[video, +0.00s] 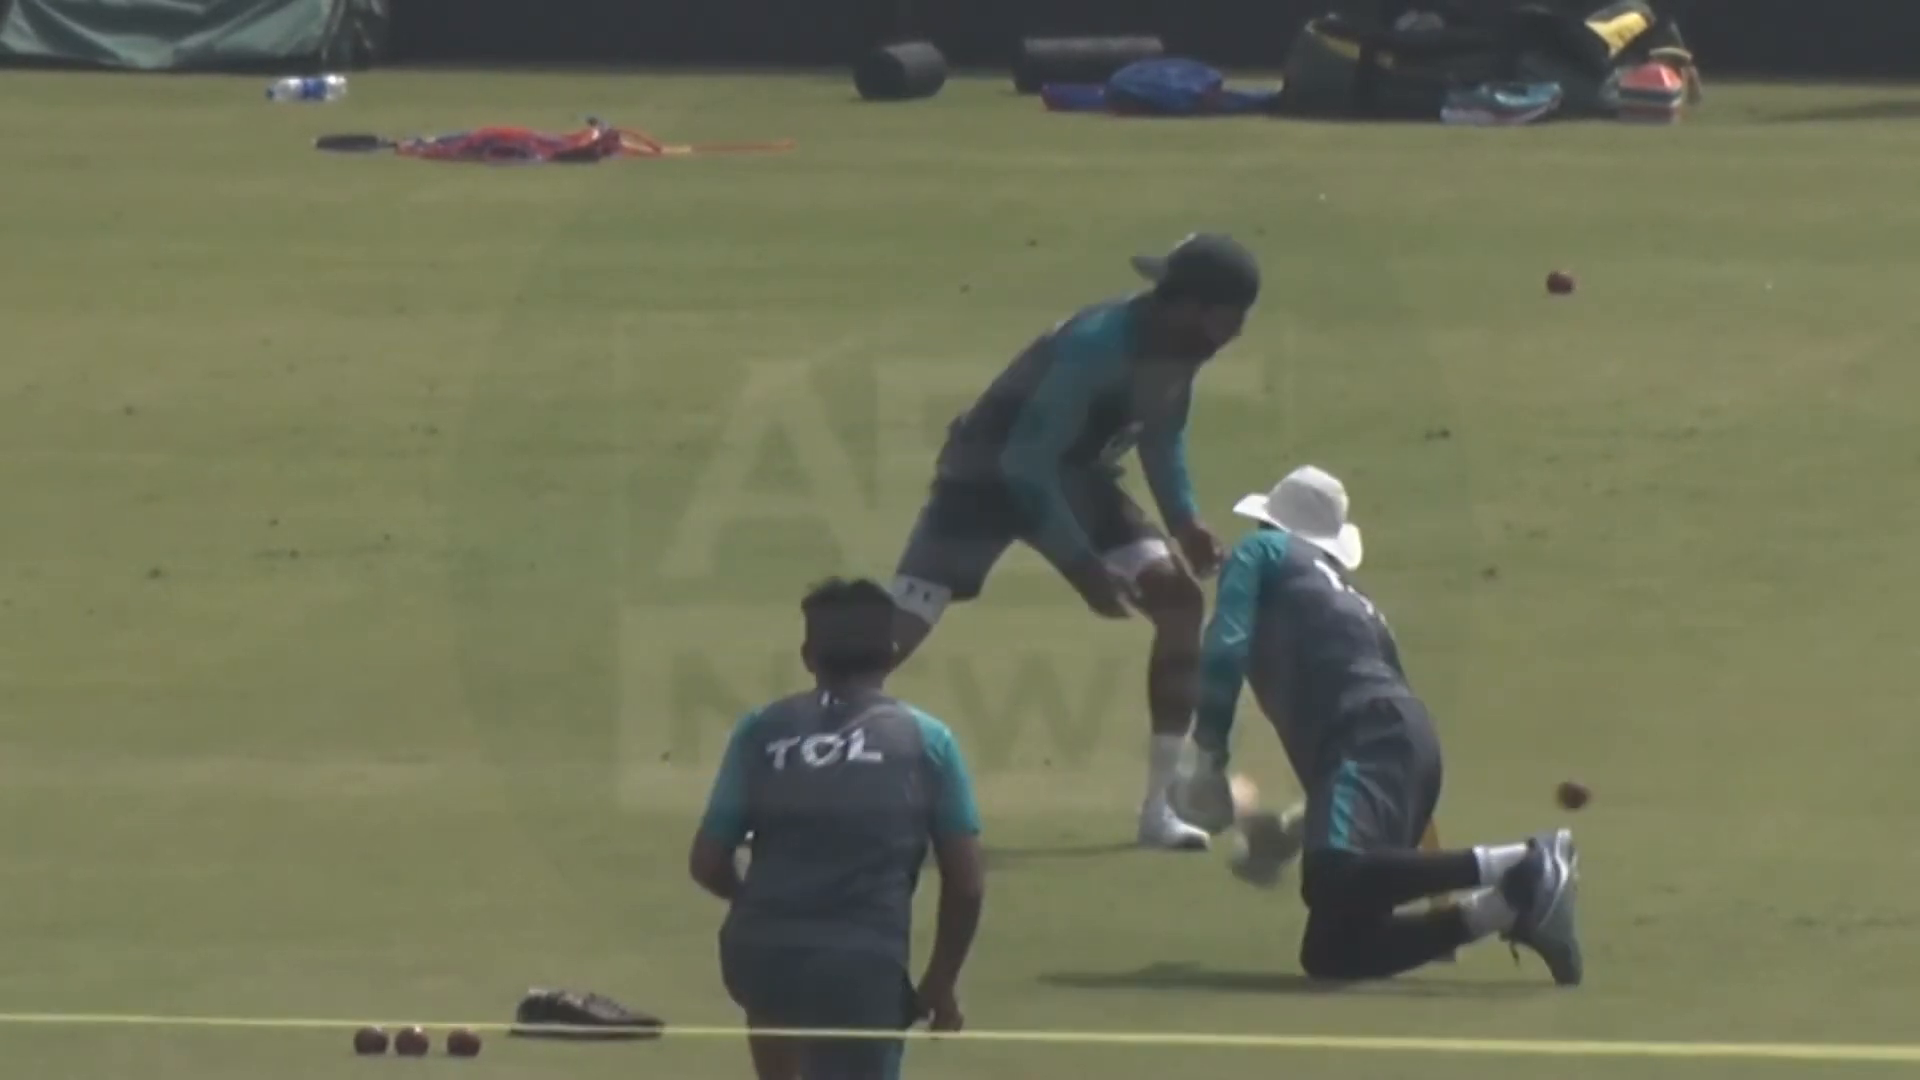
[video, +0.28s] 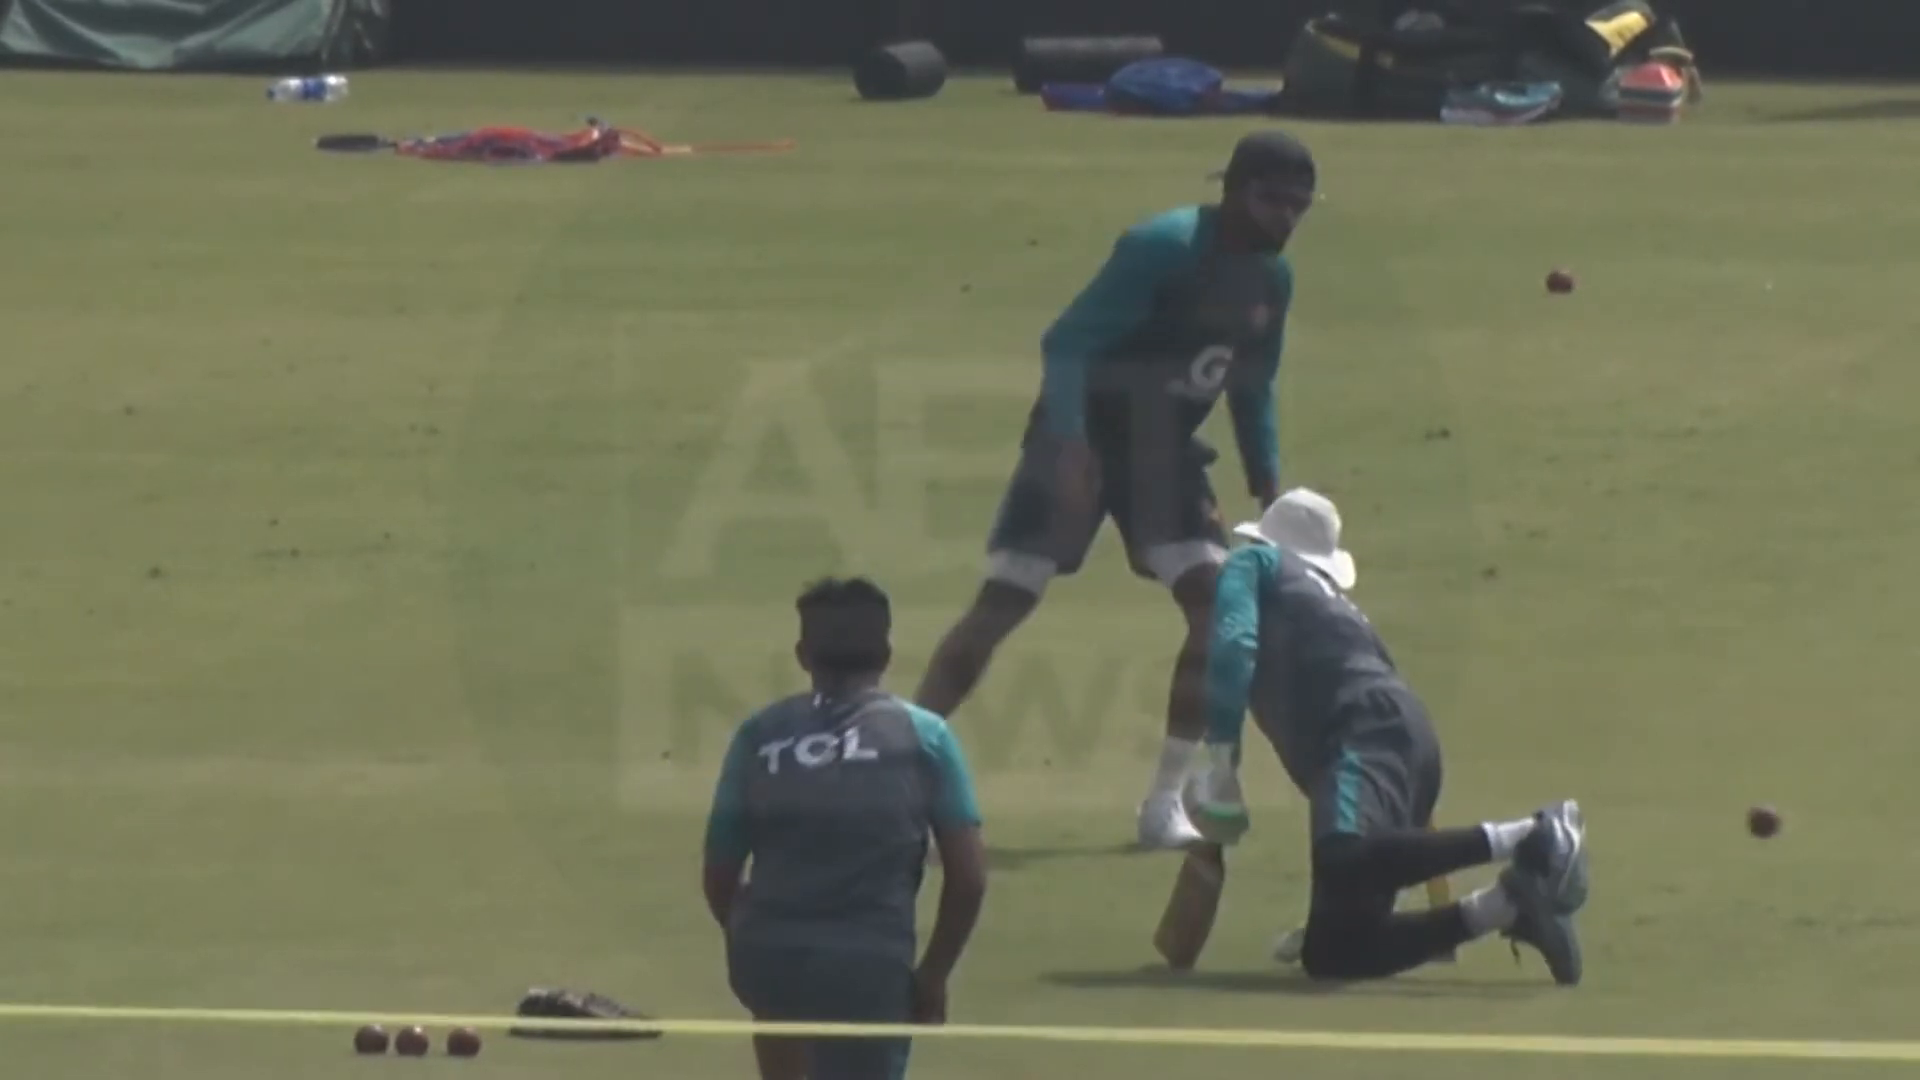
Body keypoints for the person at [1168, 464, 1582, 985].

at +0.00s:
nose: (1251, 530)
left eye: (1261, 523)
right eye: (1257, 522)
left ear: (1277, 527)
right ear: (1327, 546)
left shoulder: (1260, 551)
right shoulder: (1350, 600)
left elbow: (1225, 654)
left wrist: (1208, 762)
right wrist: (1293, 832)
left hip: (1375, 739)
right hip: (1412, 756)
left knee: (1331, 877)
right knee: (1328, 955)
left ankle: (1518, 863)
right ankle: (1506, 907)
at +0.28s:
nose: (1243, 551)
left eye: (1252, 545)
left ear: (1269, 544)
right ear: (1322, 561)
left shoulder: (1252, 562)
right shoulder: (1332, 606)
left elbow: (1234, 646)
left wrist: (1220, 769)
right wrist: (1323, 923)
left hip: (1370, 730)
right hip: (1413, 759)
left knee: (1347, 859)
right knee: (1334, 955)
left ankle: (1527, 836)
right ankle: (1508, 905)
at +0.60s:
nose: (1252, 556)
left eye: (1260, 549)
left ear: (1276, 547)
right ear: (1334, 564)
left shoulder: (1260, 568)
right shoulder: (1352, 611)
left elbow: (1248, 653)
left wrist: (1231, 772)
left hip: (1388, 759)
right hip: (1430, 761)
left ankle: (1526, 889)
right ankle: (1515, 892)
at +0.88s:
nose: (1296, 545)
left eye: (1304, 534)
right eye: (1302, 534)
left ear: (1317, 537)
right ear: (1374, 551)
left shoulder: (1316, 574)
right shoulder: (1387, 601)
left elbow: (1307, 672)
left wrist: (1277, 781)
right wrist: (1338, 916)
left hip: (1423, 793)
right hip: (1456, 787)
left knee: (1336, 954)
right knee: (1343, 943)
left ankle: (1527, 904)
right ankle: (1502, 901)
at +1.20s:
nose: (1393, 536)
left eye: (1404, 527)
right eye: (1397, 525)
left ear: (1430, 536)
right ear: (1472, 543)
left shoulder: (1436, 590)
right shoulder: (1486, 609)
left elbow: (1436, 705)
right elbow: (1467, 749)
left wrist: (1389, 808)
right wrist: (1388, 841)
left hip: (1481, 836)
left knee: (1370, 964)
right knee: (1338, 950)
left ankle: (1533, 909)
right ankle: (1531, 904)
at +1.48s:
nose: (1467, 555)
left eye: (1474, 542)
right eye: (1467, 542)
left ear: (1501, 548)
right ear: (1535, 549)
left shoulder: (1515, 617)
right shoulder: (1550, 616)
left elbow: (1500, 742)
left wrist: (1425, 816)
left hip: (1516, 853)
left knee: (1386, 965)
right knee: (1360, 940)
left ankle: (1553, 914)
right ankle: (1538, 910)